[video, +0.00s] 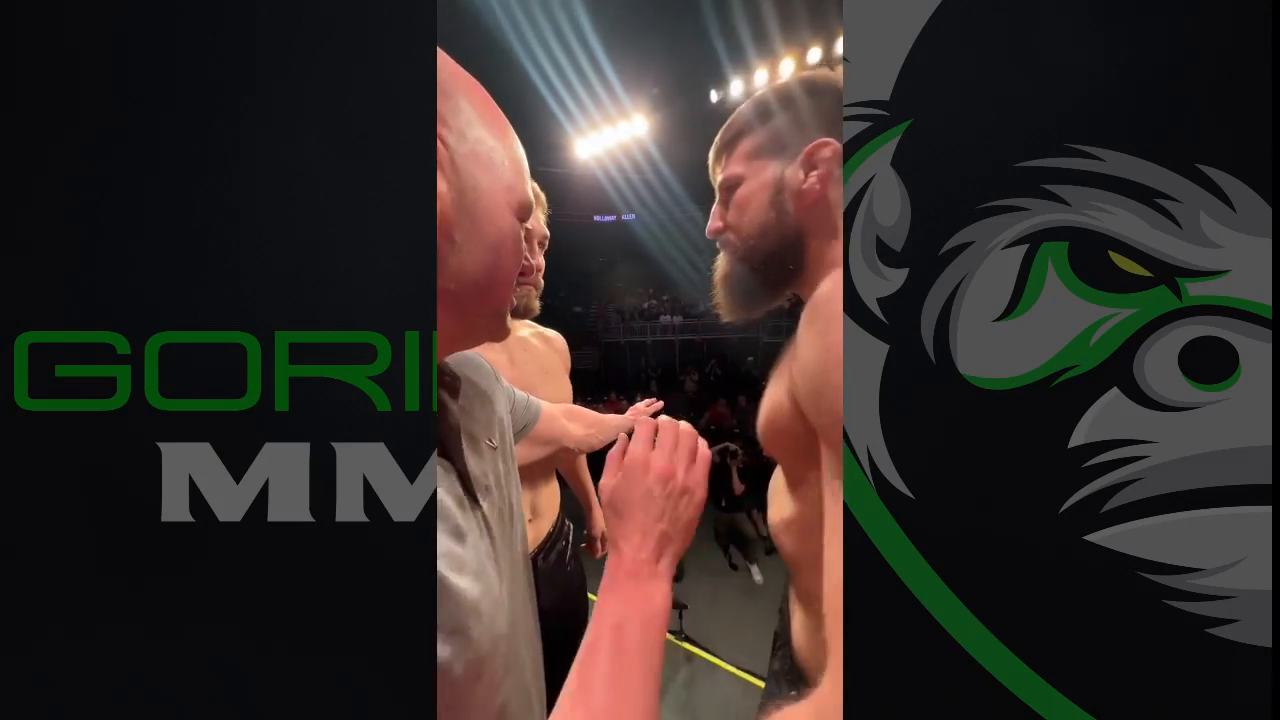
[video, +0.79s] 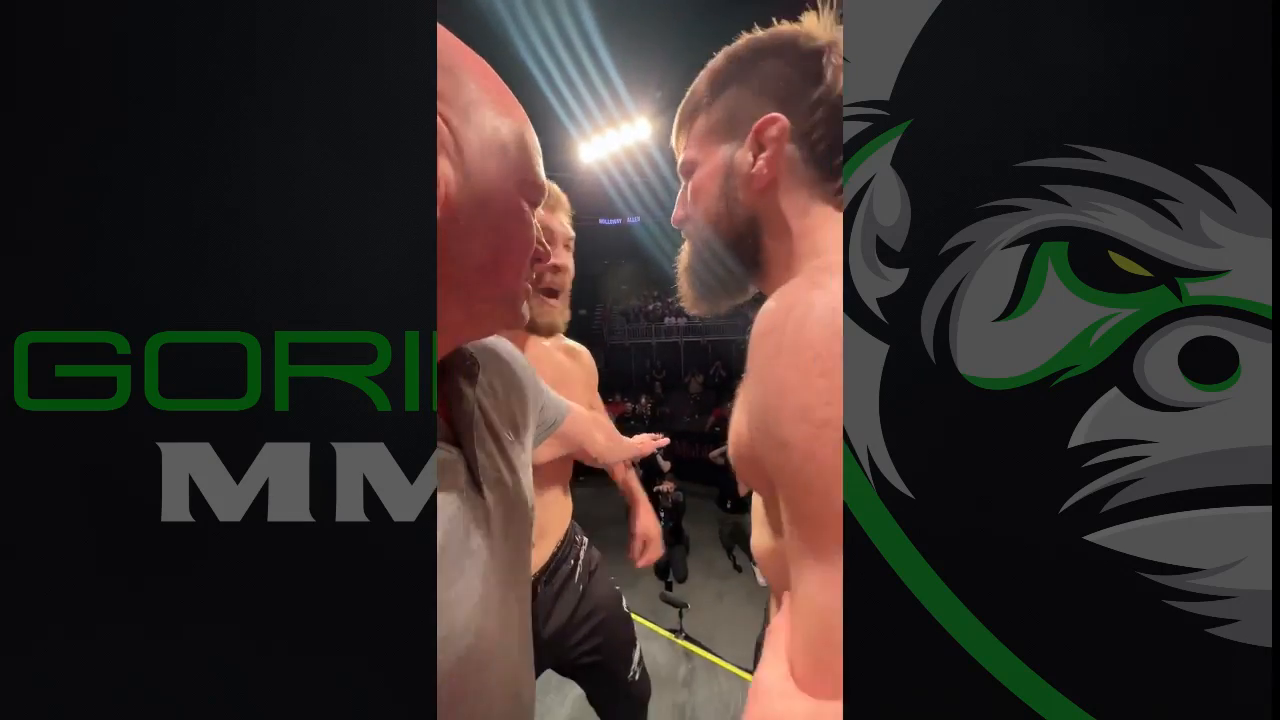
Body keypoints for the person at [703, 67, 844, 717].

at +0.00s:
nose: (712, 224)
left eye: (730, 189)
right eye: (715, 197)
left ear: (817, 171)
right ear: (816, 173)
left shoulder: (836, 318)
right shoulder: (821, 314)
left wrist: (831, 698)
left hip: (822, 694)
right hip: (808, 679)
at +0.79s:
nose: (677, 214)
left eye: (689, 172)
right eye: (682, 179)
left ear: (763, 150)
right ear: (763, 153)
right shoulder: (802, 312)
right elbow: (791, 597)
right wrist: (773, 693)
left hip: (801, 700)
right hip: (797, 685)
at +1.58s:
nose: (638, 241)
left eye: (638, 212)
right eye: (634, 215)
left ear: (681, 202)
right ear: (689, 203)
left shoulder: (817, 333)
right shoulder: (739, 316)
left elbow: (913, 526)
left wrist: (854, 696)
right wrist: (660, 378)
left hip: (791, 682)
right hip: (711, 638)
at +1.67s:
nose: (635, 244)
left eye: (634, 215)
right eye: (630, 218)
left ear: (673, 205)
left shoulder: (800, 331)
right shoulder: (739, 313)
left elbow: (908, 530)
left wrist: (823, 696)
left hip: (764, 672)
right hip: (706, 628)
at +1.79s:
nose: (635, 242)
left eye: (633, 213)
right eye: (631, 216)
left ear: (666, 204)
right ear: (736, 200)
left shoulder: (772, 328)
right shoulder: (742, 310)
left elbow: (889, 519)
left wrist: (824, 672)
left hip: (746, 657)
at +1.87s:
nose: (638, 238)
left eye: (636, 212)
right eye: (635, 214)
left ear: (666, 206)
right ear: (743, 202)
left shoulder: (746, 332)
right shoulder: (807, 288)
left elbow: (881, 536)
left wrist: (819, 678)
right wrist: (667, 370)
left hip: (733, 664)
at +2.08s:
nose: (632, 206)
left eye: (632, 186)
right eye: (629, 188)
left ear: (652, 187)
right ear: (753, 185)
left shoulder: (689, 318)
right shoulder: (815, 288)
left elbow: (808, 530)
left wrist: (829, 687)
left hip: (704, 685)